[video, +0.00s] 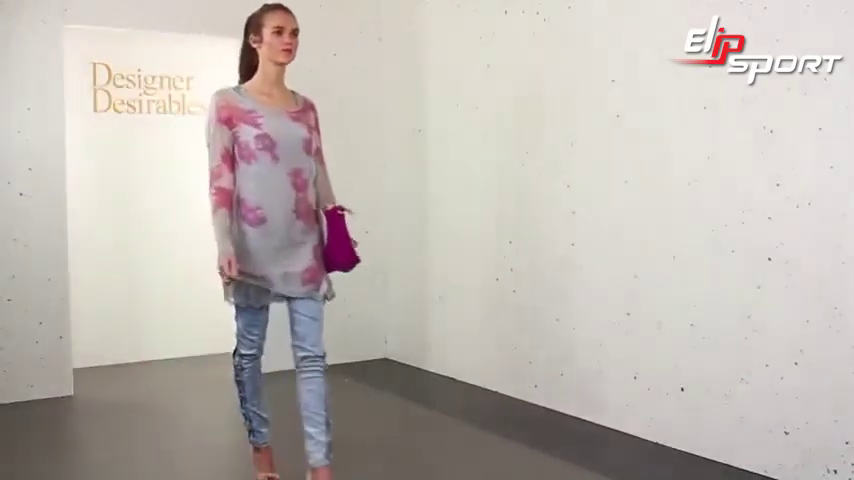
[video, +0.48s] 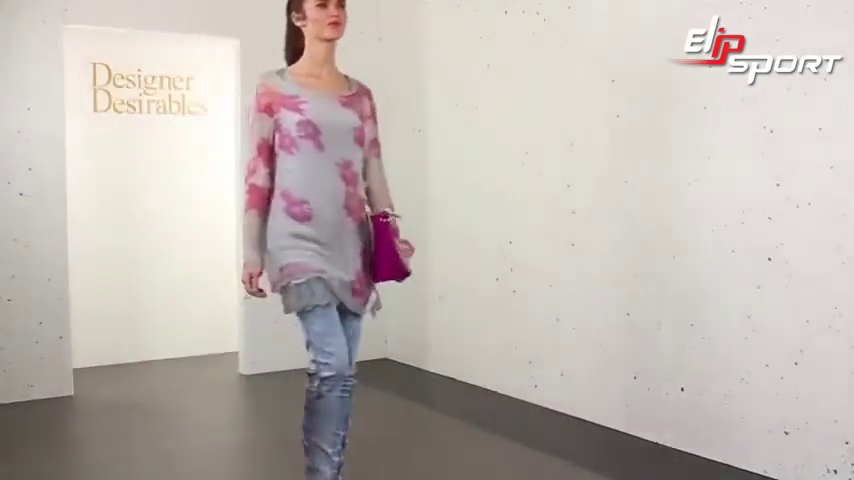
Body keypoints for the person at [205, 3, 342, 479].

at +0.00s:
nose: (289, 41)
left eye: (293, 34)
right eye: (279, 33)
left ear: (297, 42)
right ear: (256, 39)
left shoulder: (305, 107)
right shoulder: (227, 103)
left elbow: (319, 177)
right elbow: (220, 181)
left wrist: (335, 236)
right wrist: (224, 244)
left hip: (305, 245)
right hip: (251, 246)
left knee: (311, 355)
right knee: (249, 352)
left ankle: (320, 465)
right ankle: (260, 444)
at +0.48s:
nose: (335, 13)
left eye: (340, 5)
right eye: (323, 5)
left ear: (347, 15)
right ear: (299, 18)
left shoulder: (360, 93)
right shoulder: (274, 88)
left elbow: (373, 169)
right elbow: (259, 173)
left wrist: (390, 231)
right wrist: (252, 251)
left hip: (351, 241)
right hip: (295, 239)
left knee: (344, 367)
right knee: (331, 365)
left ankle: (329, 470)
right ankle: (320, 471)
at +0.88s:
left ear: (387, 6)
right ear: (336, 5)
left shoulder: (408, 86)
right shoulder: (312, 85)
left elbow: (422, 172)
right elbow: (299, 179)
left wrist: (436, 244)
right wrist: (292, 270)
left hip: (394, 251)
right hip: (333, 249)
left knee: (376, 389)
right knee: (356, 389)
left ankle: (340, 470)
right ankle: (368, 477)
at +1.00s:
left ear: (399, 4)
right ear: (352, 1)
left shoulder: (420, 83)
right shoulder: (324, 79)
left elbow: (435, 173)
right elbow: (310, 178)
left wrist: (453, 251)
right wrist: (302, 268)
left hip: (409, 257)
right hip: (344, 256)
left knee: (408, 397)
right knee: (360, 393)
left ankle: (382, 468)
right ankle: (367, 476)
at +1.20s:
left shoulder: (440, 77)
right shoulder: (342, 68)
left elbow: (454, 167)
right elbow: (329, 170)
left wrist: (478, 249)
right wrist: (321, 265)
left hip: (434, 261)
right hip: (364, 262)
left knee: (446, 404)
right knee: (366, 403)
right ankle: (367, 475)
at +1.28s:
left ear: (429, 0)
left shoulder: (449, 77)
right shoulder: (349, 67)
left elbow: (465, 168)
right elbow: (337, 172)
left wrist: (488, 252)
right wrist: (329, 269)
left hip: (445, 265)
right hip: (372, 266)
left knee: (456, 408)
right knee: (369, 406)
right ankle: (370, 477)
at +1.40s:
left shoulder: (466, 78)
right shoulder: (361, 67)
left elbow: (482, 169)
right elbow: (349, 176)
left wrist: (506, 251)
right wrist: (336, 279)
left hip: (461, 272)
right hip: (384, 271)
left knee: (472, 419)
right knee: (379, 412)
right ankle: (375, 478)